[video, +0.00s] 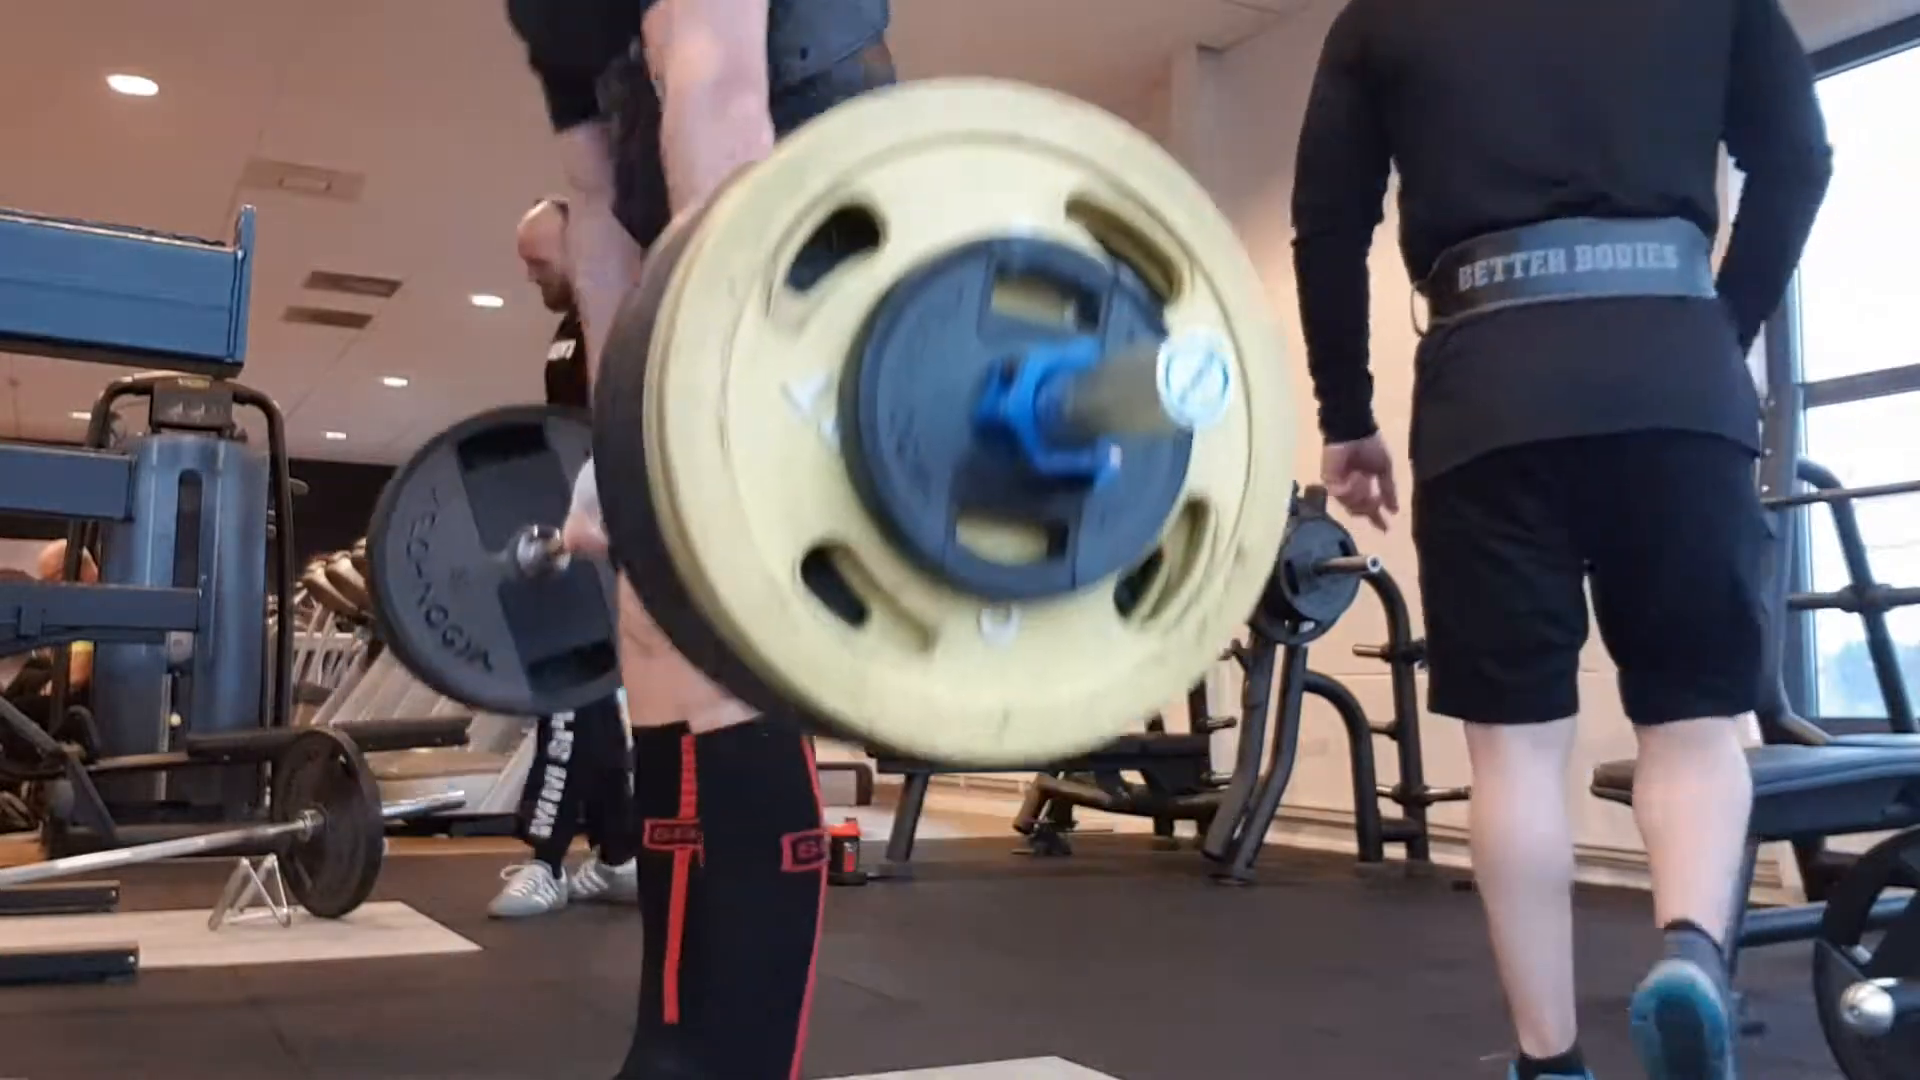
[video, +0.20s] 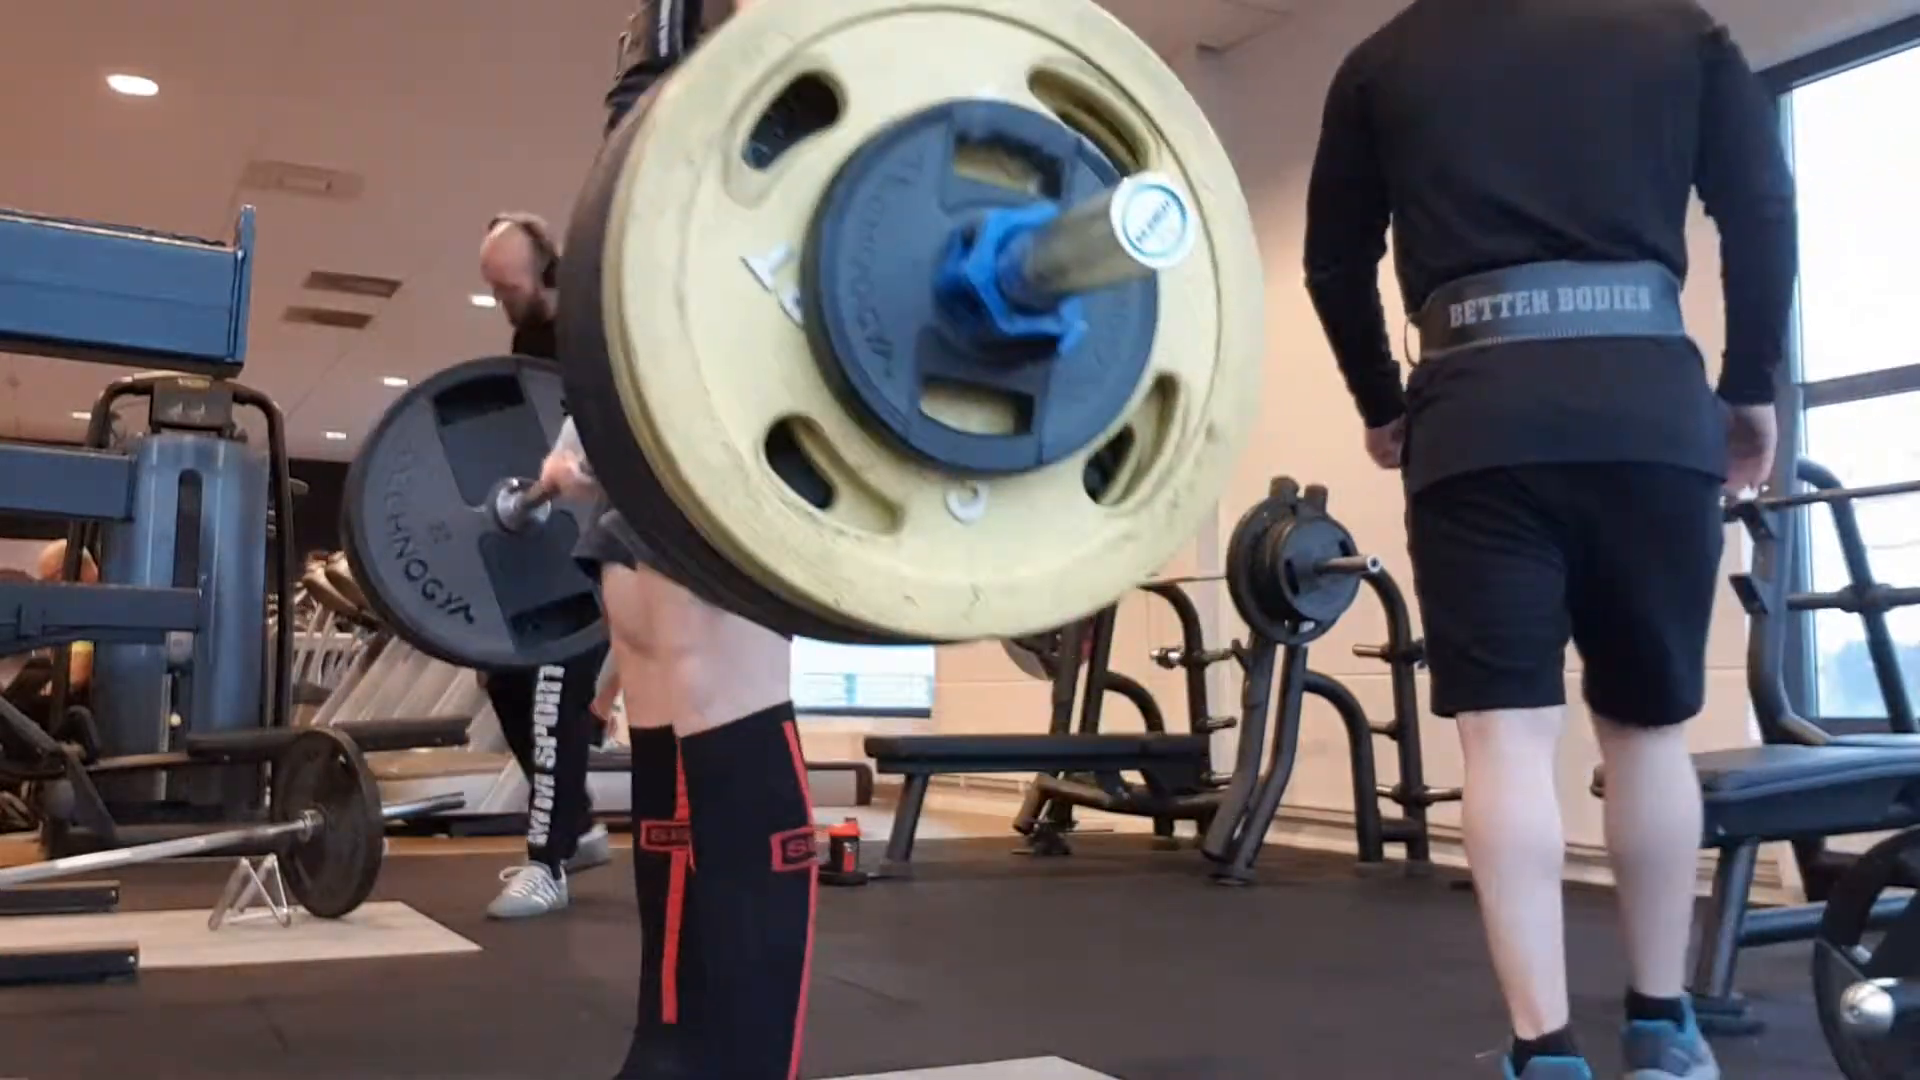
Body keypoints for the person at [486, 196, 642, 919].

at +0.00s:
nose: (531, 276)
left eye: (538, 261)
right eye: (529, 262)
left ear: (577, 260)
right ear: (560, 266)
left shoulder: (600, 336)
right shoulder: (572, 337)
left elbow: (610, 441)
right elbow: (570, 443)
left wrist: (591, 516)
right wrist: (556, 521)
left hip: (586, 541)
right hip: (568, 539)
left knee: (574, 697)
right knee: (596, 695)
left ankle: (546, 855)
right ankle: (618, 851)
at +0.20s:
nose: (502, 300)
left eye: (509, 285)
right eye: (494, 288)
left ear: (545, 273)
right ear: (497, 280)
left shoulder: (580, 338)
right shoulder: (525, 343)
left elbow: (615, 437)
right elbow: (509, 445)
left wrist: (575, 471)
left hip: (579, 548)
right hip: (523, 547)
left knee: (556, 690)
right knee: (506, 681)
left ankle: (546, 862)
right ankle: (577, 823)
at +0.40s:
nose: (462, 343)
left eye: (470, 329)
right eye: (453, 330)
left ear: (506, 309)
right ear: (449, 318)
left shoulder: (555, 366)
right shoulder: (476, 378)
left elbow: (577, 455)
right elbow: (454, 471)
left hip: (568, 564)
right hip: (503, 568)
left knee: (555, 707)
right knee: (501, 703)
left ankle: (544, 865)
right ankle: (474, 847)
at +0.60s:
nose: (413, 403)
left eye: (423, 391)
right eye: (409, 392)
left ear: (465, 378)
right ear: (408, 383)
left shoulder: (523, 420)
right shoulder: (420, 444)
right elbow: (403, 536)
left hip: (537, 595)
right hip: (458, 603)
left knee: (547, 714)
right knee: (451, 710)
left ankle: (545, 866)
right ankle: (458, 856)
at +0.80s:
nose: (403, 464)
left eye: (409, 452)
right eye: (394, 454)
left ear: (439, 423)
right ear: (388, 433)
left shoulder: (520, 438)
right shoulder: (405, 459)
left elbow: (578, 503)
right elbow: (407, 542)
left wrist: (556, 588)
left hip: (538, 597)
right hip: (457, 606)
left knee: (545, 721)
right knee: (449, 714)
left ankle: (544, 868)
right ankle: (456, 856)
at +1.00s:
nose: (401, 493)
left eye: (407, 481)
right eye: (391, 485)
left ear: (428, 453)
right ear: (378, 473)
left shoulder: (496, 453)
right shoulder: (394, 488)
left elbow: (514, 589)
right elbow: (423, 592)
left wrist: (487, 693)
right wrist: (449, 695)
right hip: (476, 577)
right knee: (410, 700)